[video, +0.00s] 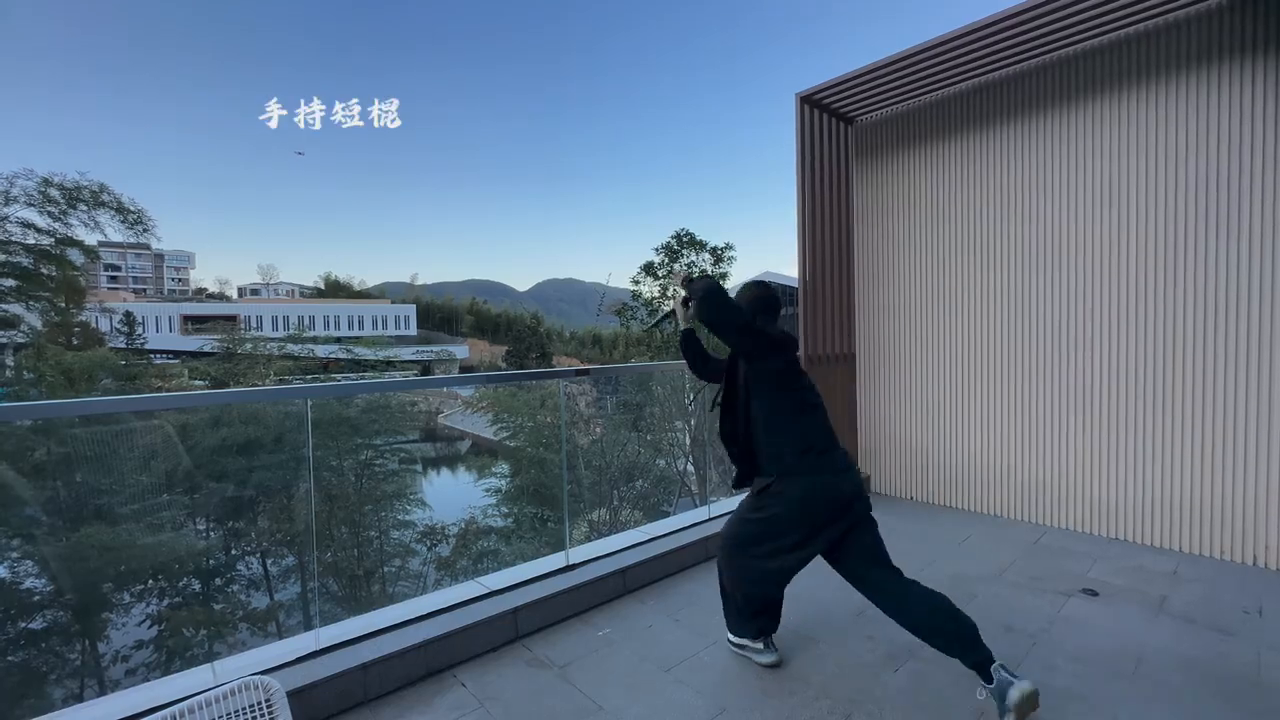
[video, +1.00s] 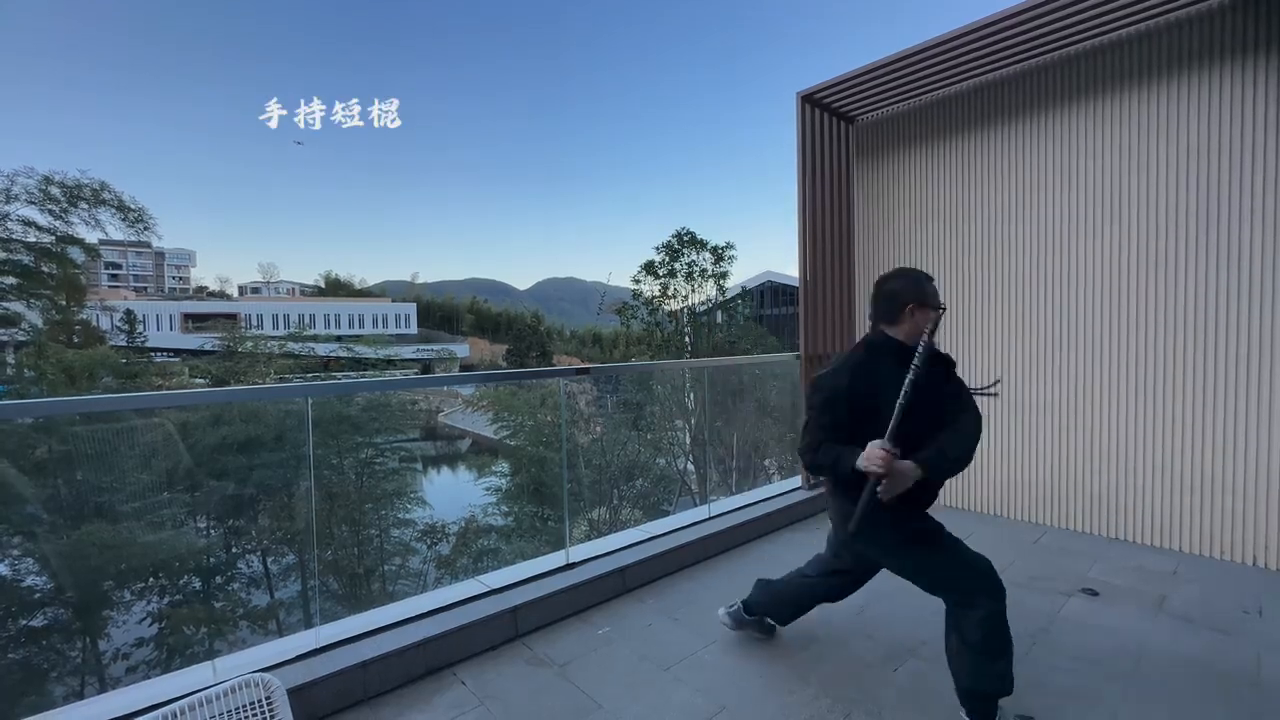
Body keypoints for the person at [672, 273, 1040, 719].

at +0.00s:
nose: (733, 313)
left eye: (737, 305)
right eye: (736, 306)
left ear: (746, 313)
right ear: (773, 314)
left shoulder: (769, 348)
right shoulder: (748, 365)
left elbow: (721, 313)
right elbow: (704, 367)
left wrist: (696, 285)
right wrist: (685, 326)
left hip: (795, 486)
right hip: (834, 485)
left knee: (739, 549)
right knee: (890, 587)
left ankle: (755, 637)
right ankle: (996, 676)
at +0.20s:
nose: (713, 317)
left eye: (718, 312)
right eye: (716, 312)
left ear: (735, 316)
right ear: (749, 316)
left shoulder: (756, 348)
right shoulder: (721, 364)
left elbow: (734, 325)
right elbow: (671, 364)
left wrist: (688, 326)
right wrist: (657, 323)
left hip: (789, 487)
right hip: (814, 485)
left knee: (729, 547)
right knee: (860, 578)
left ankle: (753, 634)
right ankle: (967, 653)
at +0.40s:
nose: (705, 327)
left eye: (711, 322)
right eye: (709, 320)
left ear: (726, 331)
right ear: (735, 331)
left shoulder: (768, 370)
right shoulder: (719, 373)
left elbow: (768, 421)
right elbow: (677, 408)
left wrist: (709, 414)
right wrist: (677, 378)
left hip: (791, 496)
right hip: (815, 493)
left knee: (728, 549)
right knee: (864, 586)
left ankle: (755, 637)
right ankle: (968, 654)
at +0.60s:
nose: (719, 325)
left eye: (719, 318)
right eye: (720, 317)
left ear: (728, 321)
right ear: (763, 311)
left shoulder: (748, 370)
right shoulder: (793, 340)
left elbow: (741, 440)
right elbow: (742, 377)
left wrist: (708, 420)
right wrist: (715, 397)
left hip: (794, 492)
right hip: (854, 483)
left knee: (741, 545)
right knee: (900, 582)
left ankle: (753, 635)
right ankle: (974, 687)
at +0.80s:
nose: (826, 290)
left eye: (822, 283)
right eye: (819, 284)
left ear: (787, 297)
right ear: (801, 293)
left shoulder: (789, 336)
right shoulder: (823, 332)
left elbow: (847, 367)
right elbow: (896, 348)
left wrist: (874, 324)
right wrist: (928, 300)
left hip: (826, 483)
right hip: (870, 485)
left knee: (816, 561)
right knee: (954, 580)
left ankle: (759, 633)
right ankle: (981, 706)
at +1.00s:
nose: (937, 319)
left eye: (938, 311)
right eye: (933, 311)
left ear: (903, 313)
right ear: (909, 312)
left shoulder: (934, 367)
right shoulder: (847, 374)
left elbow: (967, 428)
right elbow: (813, 451)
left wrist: (919, 467)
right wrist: (856, 458)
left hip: (897, 507)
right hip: (865, 515)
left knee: (830, 576)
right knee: (976, 583)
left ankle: (754, 610)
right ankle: (983, 709)